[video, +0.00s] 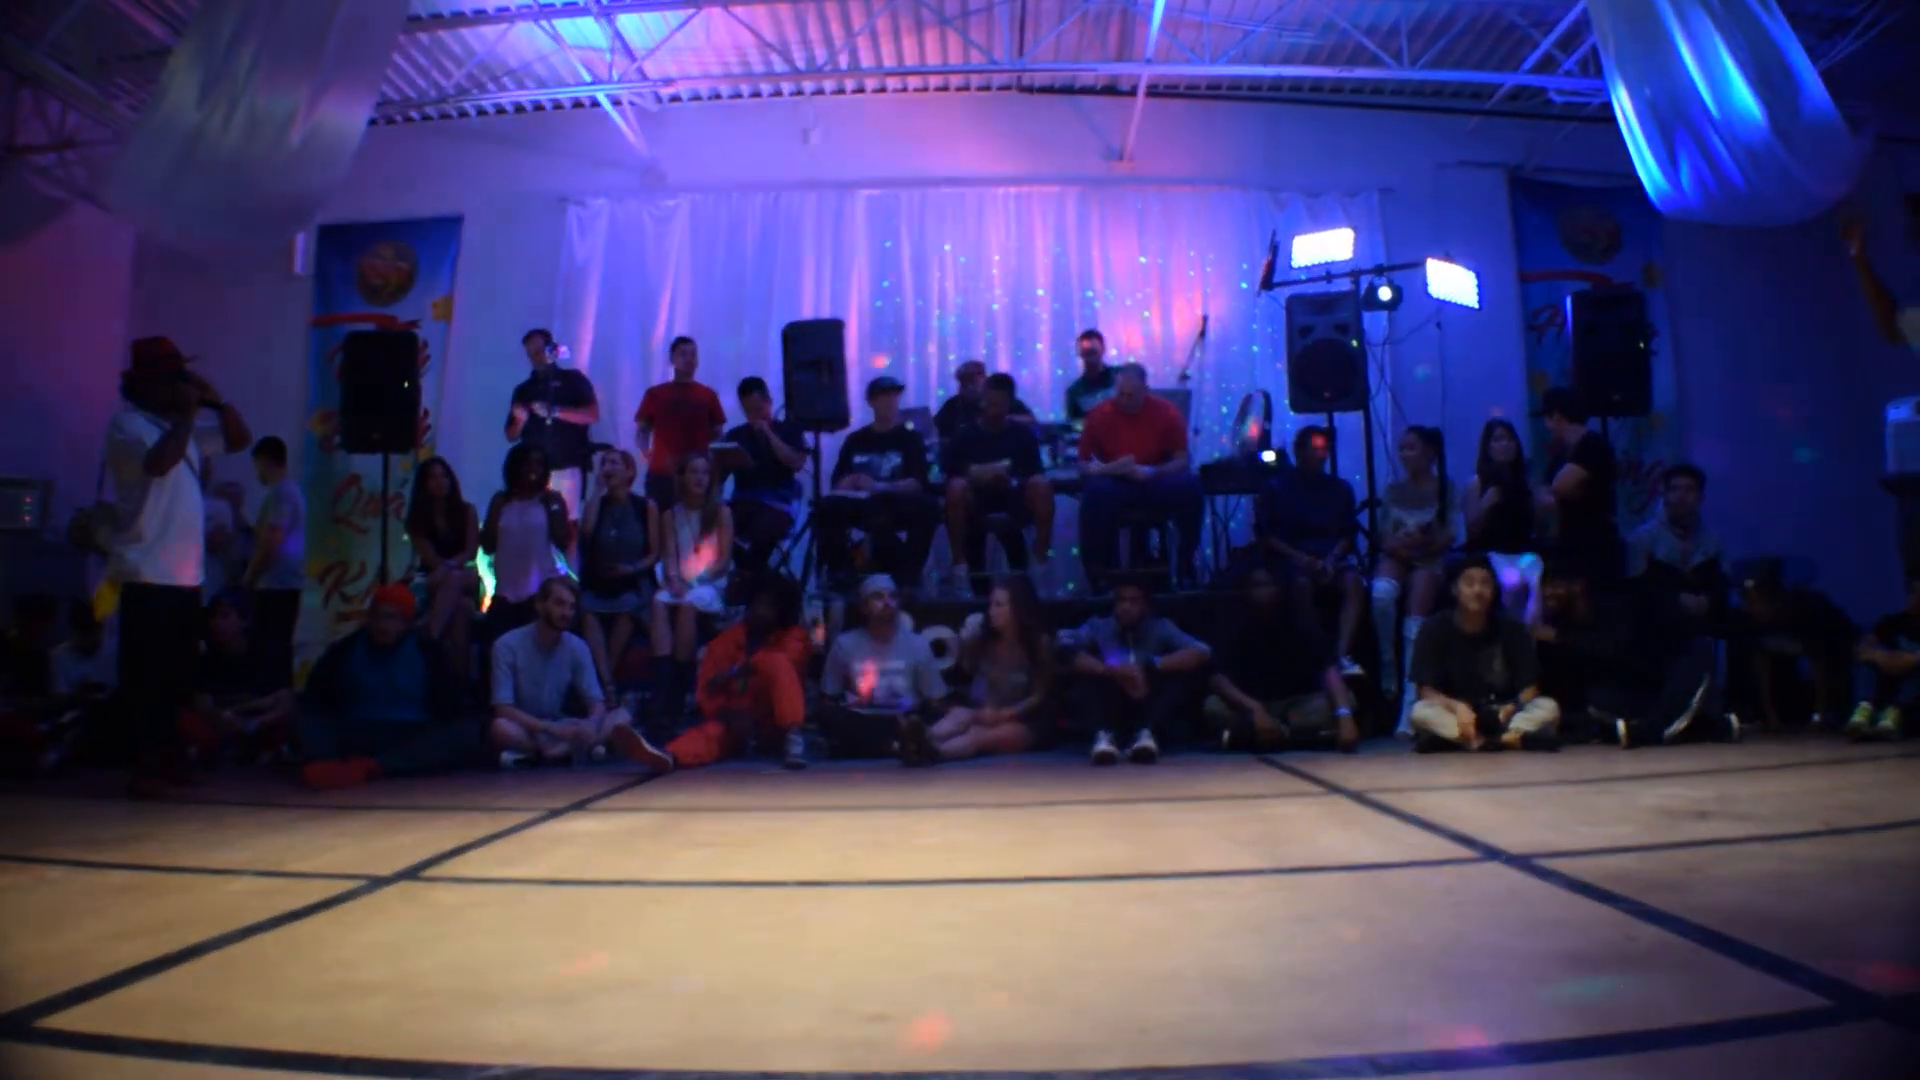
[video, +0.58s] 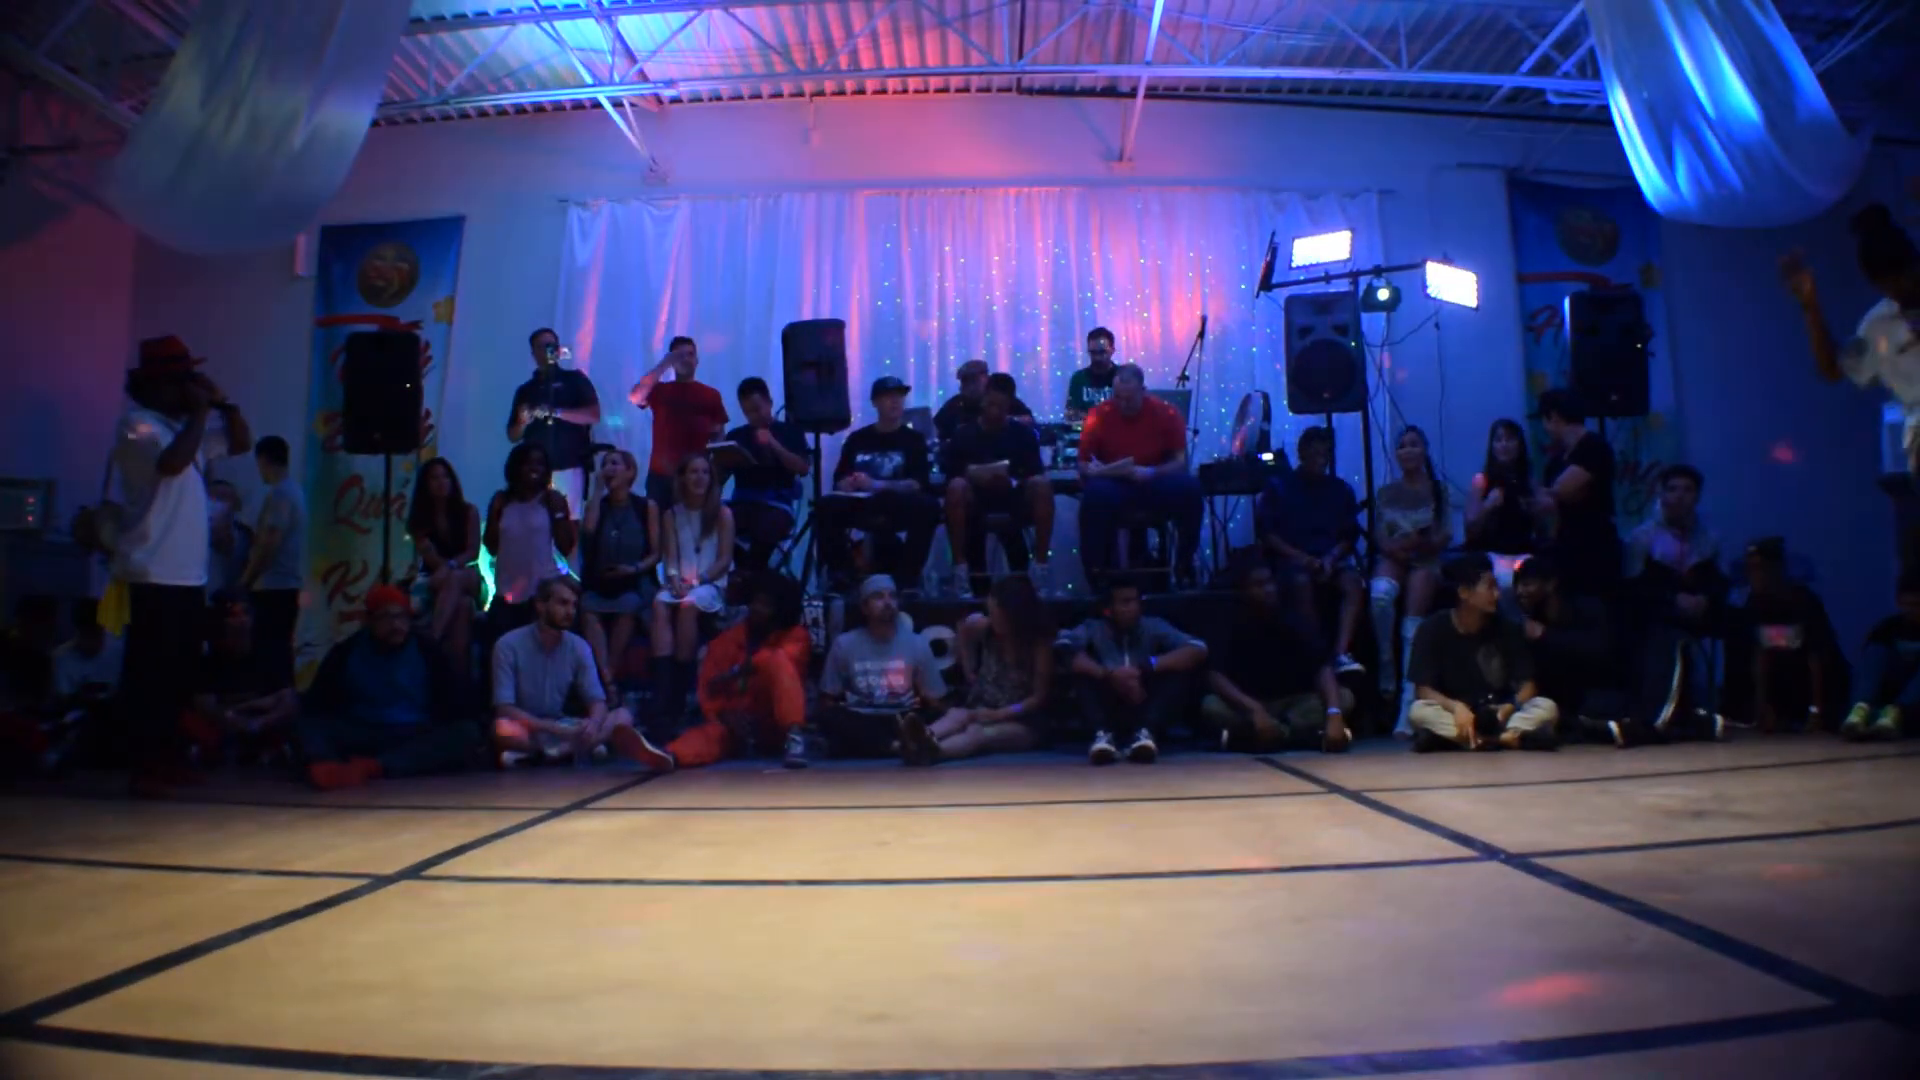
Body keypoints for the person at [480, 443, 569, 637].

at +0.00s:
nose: (533, 472)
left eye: (538, 466)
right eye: (527, 466)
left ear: (545, 470)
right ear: (514, 469)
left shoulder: (551, 501)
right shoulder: (500, 501)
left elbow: (563, 542)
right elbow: (488, 545)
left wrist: (553, 510)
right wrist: (497, 510)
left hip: (541, 591)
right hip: (506, 592)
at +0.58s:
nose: (534, 470)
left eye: (540, 465)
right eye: (528, 464)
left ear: (547, 470)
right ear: (515, 468)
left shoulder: (554, 500)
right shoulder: (501, 500)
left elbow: (566, 546)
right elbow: (491, 546)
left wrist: (557, 511)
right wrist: (496, 513)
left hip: (544, 593)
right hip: (508, 593)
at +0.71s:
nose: (534, 470)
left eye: (539, 464)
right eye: (528, 464)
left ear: (546, 470)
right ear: (515, 468)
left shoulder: (553, 501)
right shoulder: (501, 501)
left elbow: (564, 548)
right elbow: (491, 543)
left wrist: (557, 512)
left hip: (543, 591)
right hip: (508, 590)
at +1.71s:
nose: (534, 469)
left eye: (539, 463)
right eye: (527, 463)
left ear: (546, 469)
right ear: (515, 468)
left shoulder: (551, 503)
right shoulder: (498, 505)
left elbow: (561, 549)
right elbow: (489, 547)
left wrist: (555, 513)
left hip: (546, 582)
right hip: (509, 583)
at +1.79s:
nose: (534, 469)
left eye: (539, 464)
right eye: (527, 464)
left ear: (546, 469)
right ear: (515, 468)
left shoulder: (551, 503)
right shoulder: (497, 507)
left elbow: (562, 549)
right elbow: (487, 550)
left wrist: (555, 516)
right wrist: (495, 516)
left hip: (548, 584)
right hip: (509, 587)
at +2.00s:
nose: (535, 470)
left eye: (540, 465)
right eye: (529, 465)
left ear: (547, 470)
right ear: (518, 469)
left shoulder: (555, 506)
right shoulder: (505, 501)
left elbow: (564, 543)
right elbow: (486, 547)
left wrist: (546, 517)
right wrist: (500, 512)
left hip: (548, 581)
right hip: (512, 582)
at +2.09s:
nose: (536, 471)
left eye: (541, 466)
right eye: (530, 466)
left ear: (547, 471)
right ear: (518, 470)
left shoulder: (555, 507)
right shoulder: (506, 507)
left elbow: (561, 537)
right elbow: (485, 546)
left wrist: (527, 520)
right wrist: (502, 516)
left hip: (547, 575)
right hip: (513, 576)